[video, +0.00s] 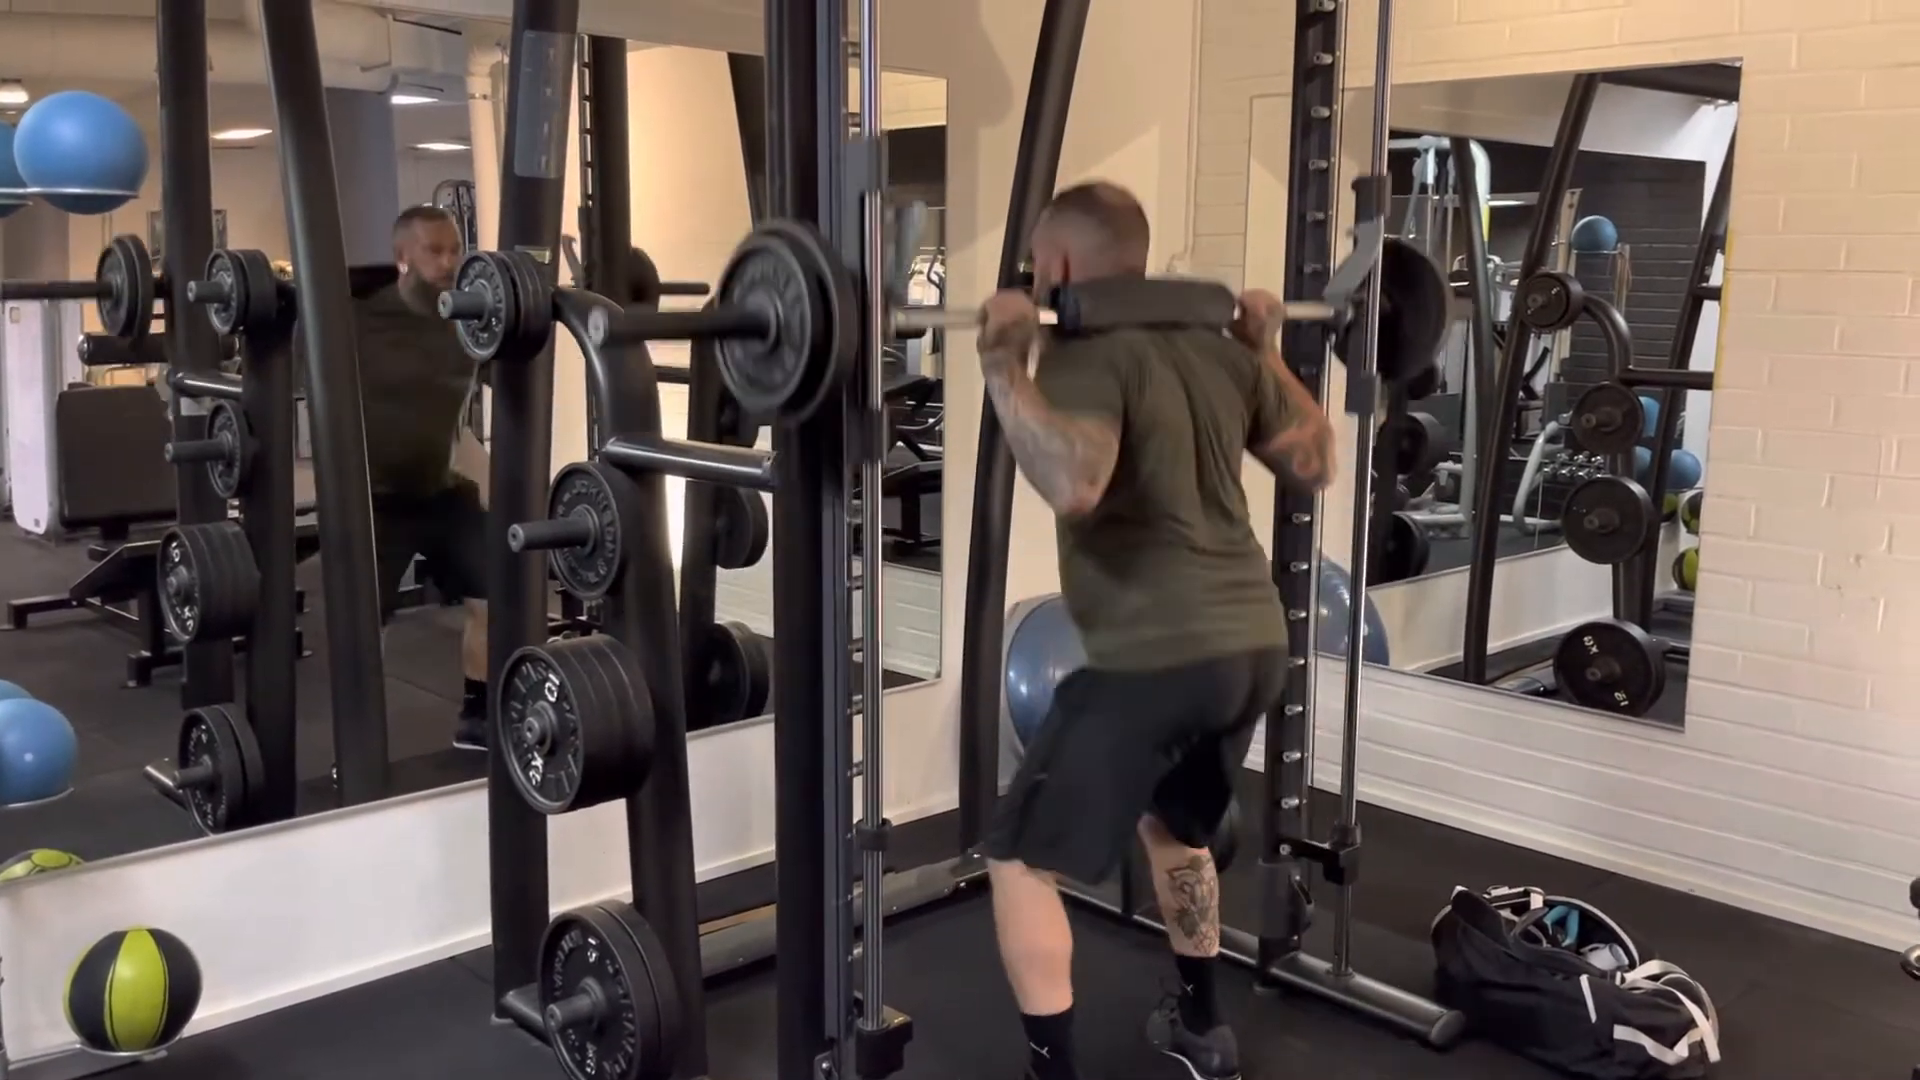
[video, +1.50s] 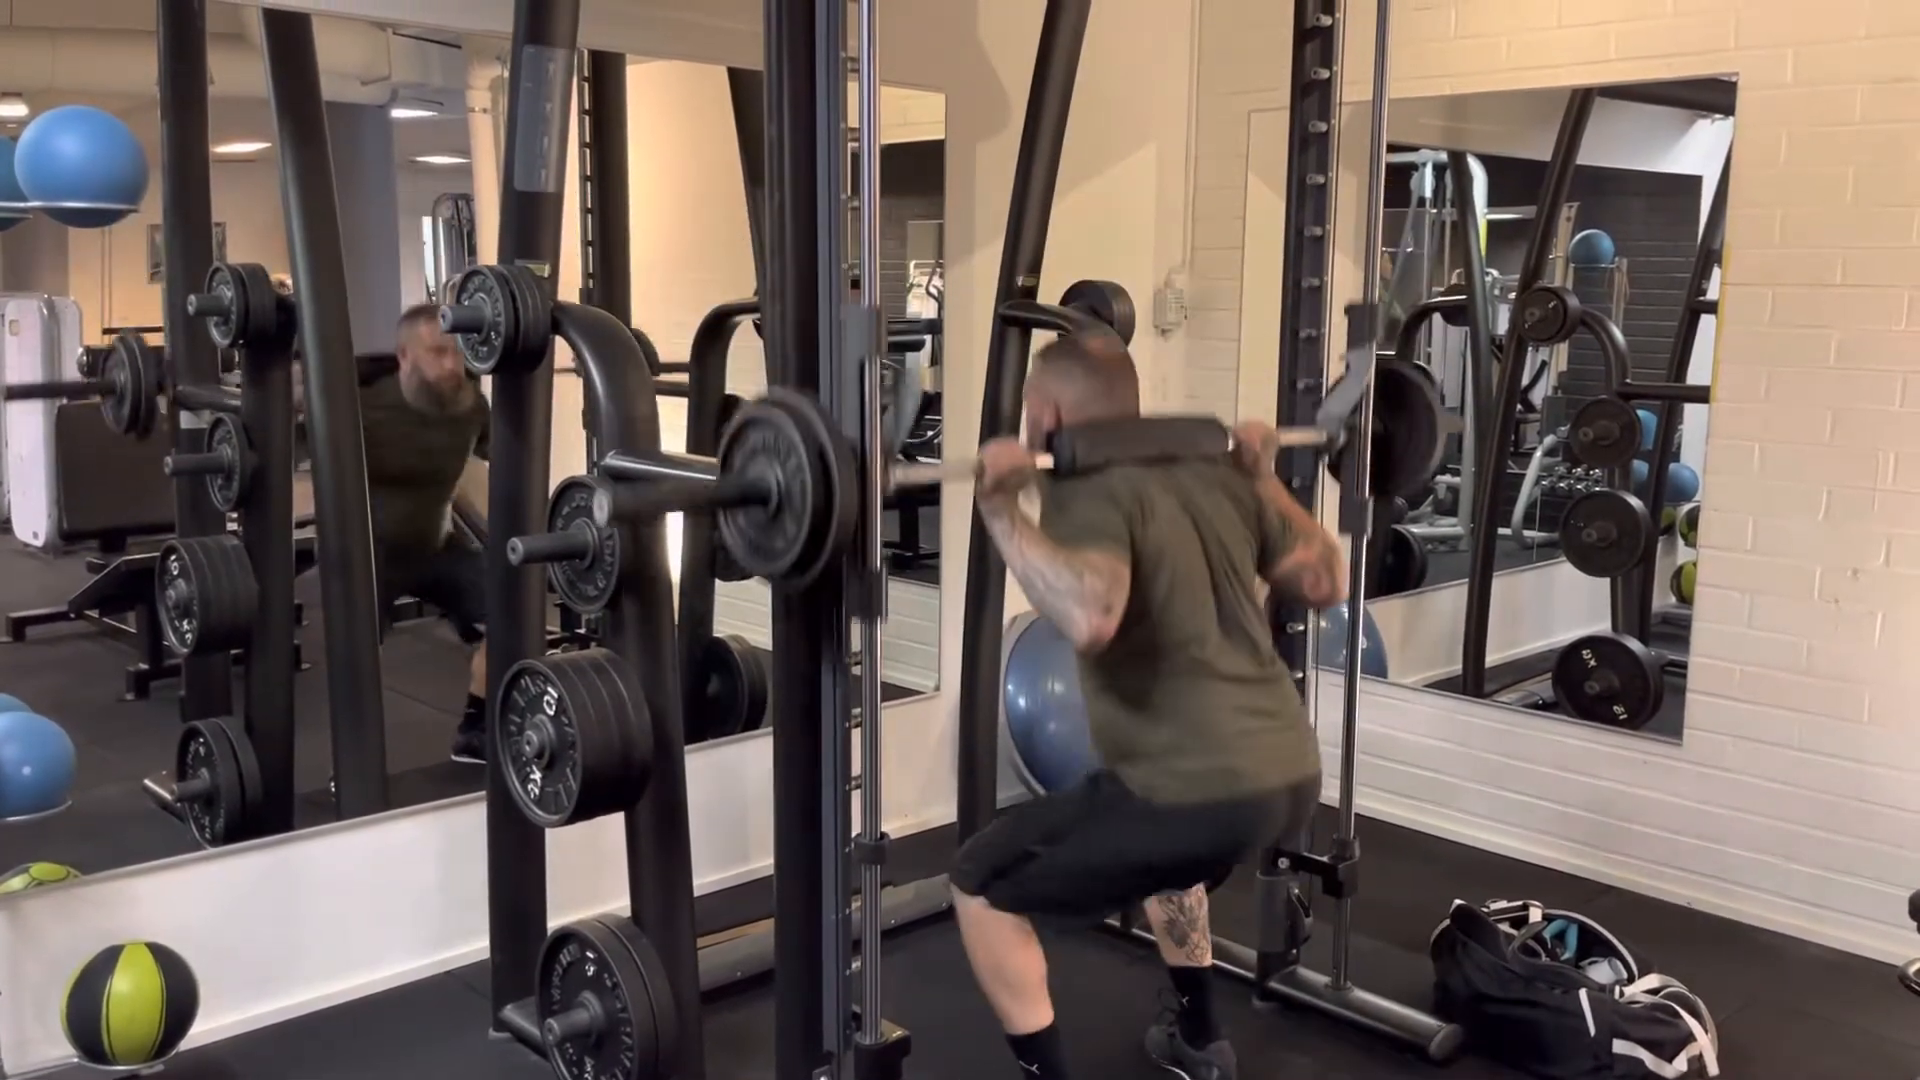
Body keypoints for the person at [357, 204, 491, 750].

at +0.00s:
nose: (448, 262)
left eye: (453, 250)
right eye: (435, 251)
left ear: (460, 252)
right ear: (402, 256)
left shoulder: (465, 318)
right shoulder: (363, 319)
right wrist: (274, 298)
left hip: (442, 490)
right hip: (374, 494)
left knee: (494, 584)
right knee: (361, 621)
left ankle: (478, 714)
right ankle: (354, 734)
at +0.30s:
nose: (448, 231)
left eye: (454, 219)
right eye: (434, 220)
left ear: (462, 224)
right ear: (399, 225)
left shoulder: (468, 288)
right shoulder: (354, 290)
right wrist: (273, 281)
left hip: (452, 475)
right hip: (376, 480)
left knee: (475, 587)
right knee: (361, 612)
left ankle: (476, 717)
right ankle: (354, 730)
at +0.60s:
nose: (449, 233)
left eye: (455, 221)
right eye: (434, 221)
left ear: (462, 226)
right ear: (399, 227)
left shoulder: (466, 291)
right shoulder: (355, 293)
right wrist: (277, 283)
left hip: (453, 482)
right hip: (378, 486)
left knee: (477, 596)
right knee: (362, 619)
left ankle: (477, 719)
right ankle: (353, 734)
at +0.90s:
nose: (448, 238)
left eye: (454, 226)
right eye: (434, 226)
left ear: (462, 231)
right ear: (399, 231)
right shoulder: (354, 298)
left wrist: (479, 465)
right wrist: (275, 294)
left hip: (454, 486)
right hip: (378, 490)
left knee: (477, 599)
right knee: (361, 622)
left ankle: (476, 723)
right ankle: (352, 738)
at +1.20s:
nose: (449, 260)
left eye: (454, 248)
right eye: (435, 248)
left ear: (462, 251)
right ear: (401, 252)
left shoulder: (467, 313)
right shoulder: (356, 313)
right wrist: (264, 290)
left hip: (445, 495)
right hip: (372, 499)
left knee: (486, 593)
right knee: (353, 625)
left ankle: (476, 726)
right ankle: (350, 744)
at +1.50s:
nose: (453, 365)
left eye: (457, 350)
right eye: (438, 351)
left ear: (467, 353)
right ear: (405, 358)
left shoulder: (471, 408)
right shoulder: (363, 412)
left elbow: (500, 448)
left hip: (436, 551)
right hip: (367, 556)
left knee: (509, 604)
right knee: (352, 644)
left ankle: (477, 726)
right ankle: (353, 756)